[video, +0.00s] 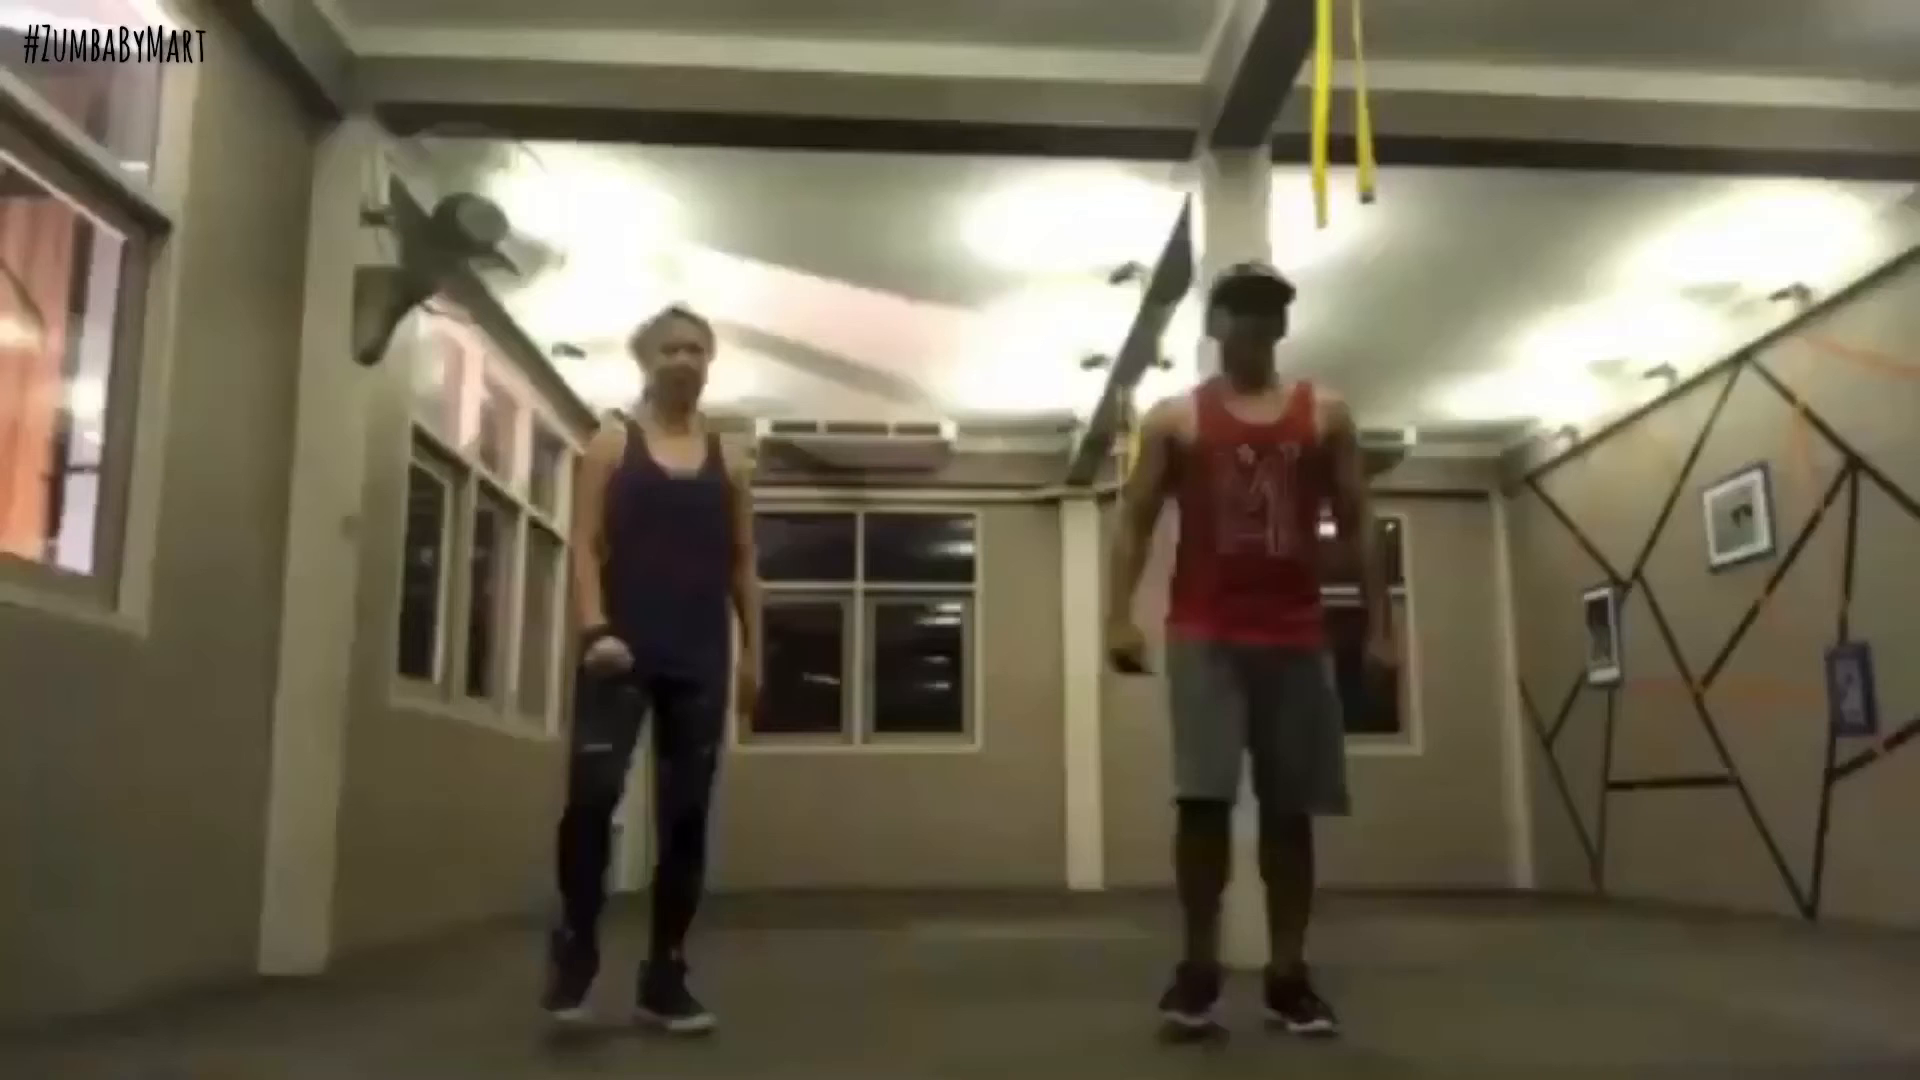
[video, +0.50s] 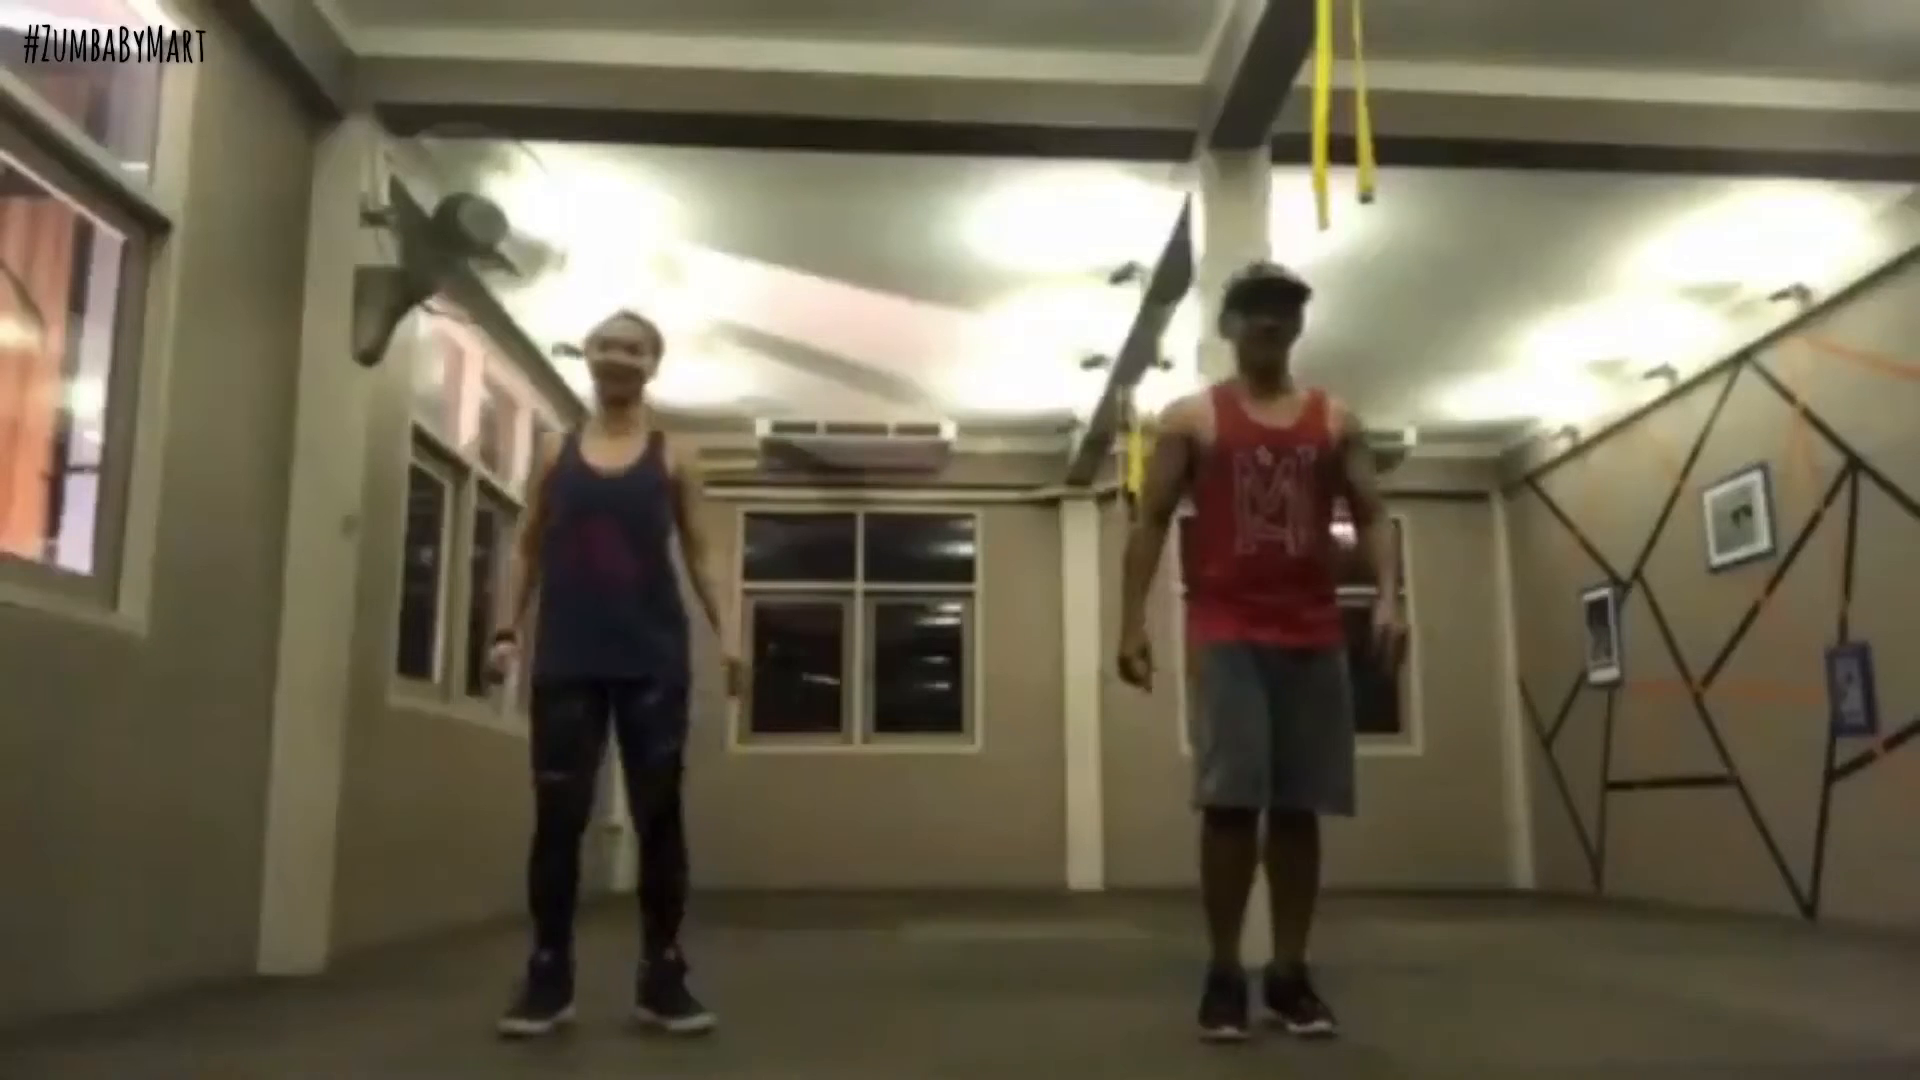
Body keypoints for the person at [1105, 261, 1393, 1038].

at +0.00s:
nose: (1253, 333)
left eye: (1267, 319)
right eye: (1239, 317)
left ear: (1283, 326)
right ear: (1214, 324)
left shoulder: (1324, 416)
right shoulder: (1174, 422)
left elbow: (1358, 527)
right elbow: (1136, 524)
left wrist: (1376, 628)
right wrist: (1118, 617)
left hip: (1296, 637)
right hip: (1204, 634)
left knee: (1290, 810)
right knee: (1203, 804)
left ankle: (1289, 977)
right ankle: (1198, 972)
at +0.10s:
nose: (1258, 334)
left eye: (1272, 320)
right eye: (1244, 318)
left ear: (1290, 325)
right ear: (1219, 324)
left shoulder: (1328, 414)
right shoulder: (1178, 421)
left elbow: (1358, 524)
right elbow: (1144, 523)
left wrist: (1376, 623)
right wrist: (1138, 618)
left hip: (1300, 633)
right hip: (1212, 631)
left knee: (1291, 809)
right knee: (1217, 803)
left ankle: (1289, 978)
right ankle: (1211, 974)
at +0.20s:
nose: (1263, 335)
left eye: (1277, 321)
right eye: (1250, 320)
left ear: (1295, 327)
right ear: (1226, 326)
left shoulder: (1330, 419)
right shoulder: (1185, 422)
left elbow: (1359, 524)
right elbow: (1156, 527)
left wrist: (1374, 624)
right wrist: (1159, 627)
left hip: (1303, 637)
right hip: (1218, 636)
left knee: (1293, 810)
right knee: (1230, 807)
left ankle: (1288, 975)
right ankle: (1225, 978)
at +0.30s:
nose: (1267, 334)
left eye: (1280, 322)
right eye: (1253, 321)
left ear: (1298, 329)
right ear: (1228, 326)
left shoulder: (1330, 422)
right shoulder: (1188, 422)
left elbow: (1358, 528)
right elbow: (1155, 529)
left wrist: (1378, 629)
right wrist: (1155, 633)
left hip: (1308, 639)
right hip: (1221, 638)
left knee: (1295, 811)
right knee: (1232, 806)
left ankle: (1288, 976)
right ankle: (1226, 977)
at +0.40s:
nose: (1266, 336)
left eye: (1280, 323)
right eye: (1253, 321)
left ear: (1298, 328)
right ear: (1228, 326)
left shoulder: (1332, 421)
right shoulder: (1191, 420)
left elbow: (1365, 520)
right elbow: (1151, 522)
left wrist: (1383, 614)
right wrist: (1143, 623)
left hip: (1310, 636)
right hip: (1223, 635)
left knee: (1297, 811)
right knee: (1232, 806)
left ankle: (1290, 976)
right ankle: (1226, 979)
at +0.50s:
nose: (1267, 331)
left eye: (1281, 319)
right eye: (1253, 318)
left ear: (1299, 327)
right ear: (1228, 326)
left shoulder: (1332, 421)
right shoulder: (1193, 420)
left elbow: (1372, 514)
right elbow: (1148, 524)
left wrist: (1389, 599)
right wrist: (1132, 627)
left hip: (1310, 634)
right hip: (1227, 633)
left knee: (1297, 809)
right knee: (1232, 803)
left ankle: (1290, 976)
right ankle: (1225, 977)